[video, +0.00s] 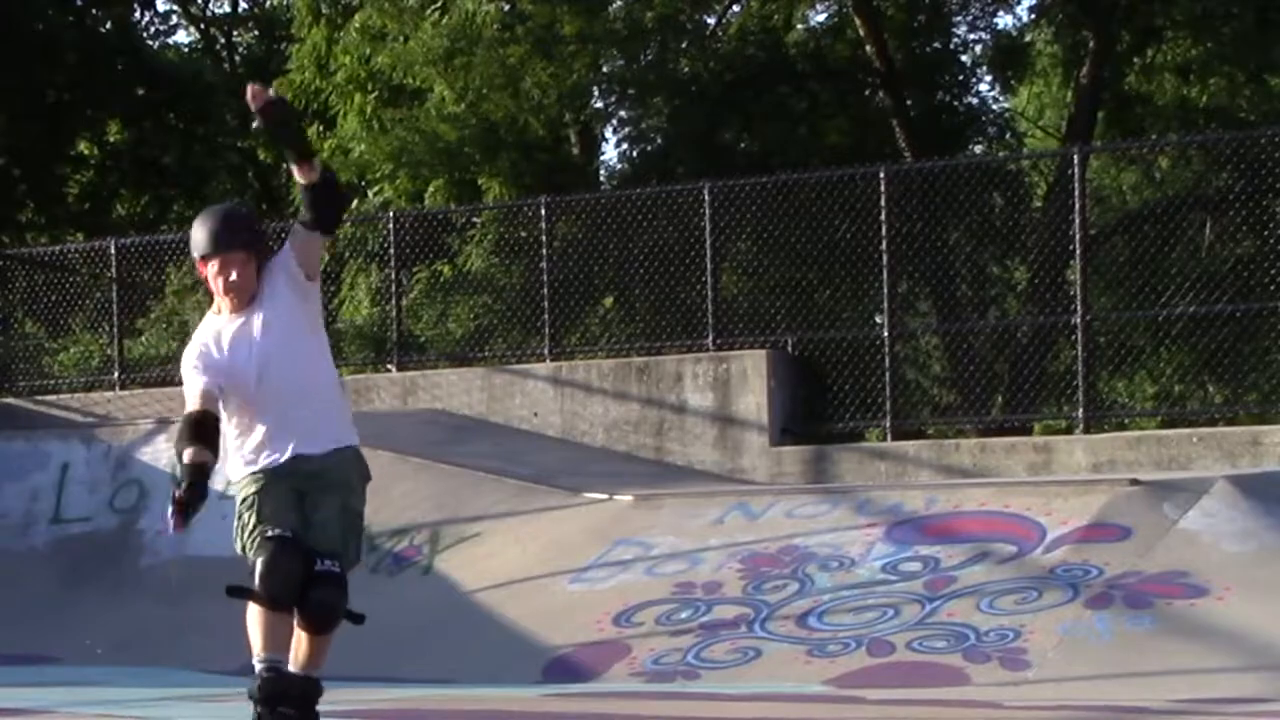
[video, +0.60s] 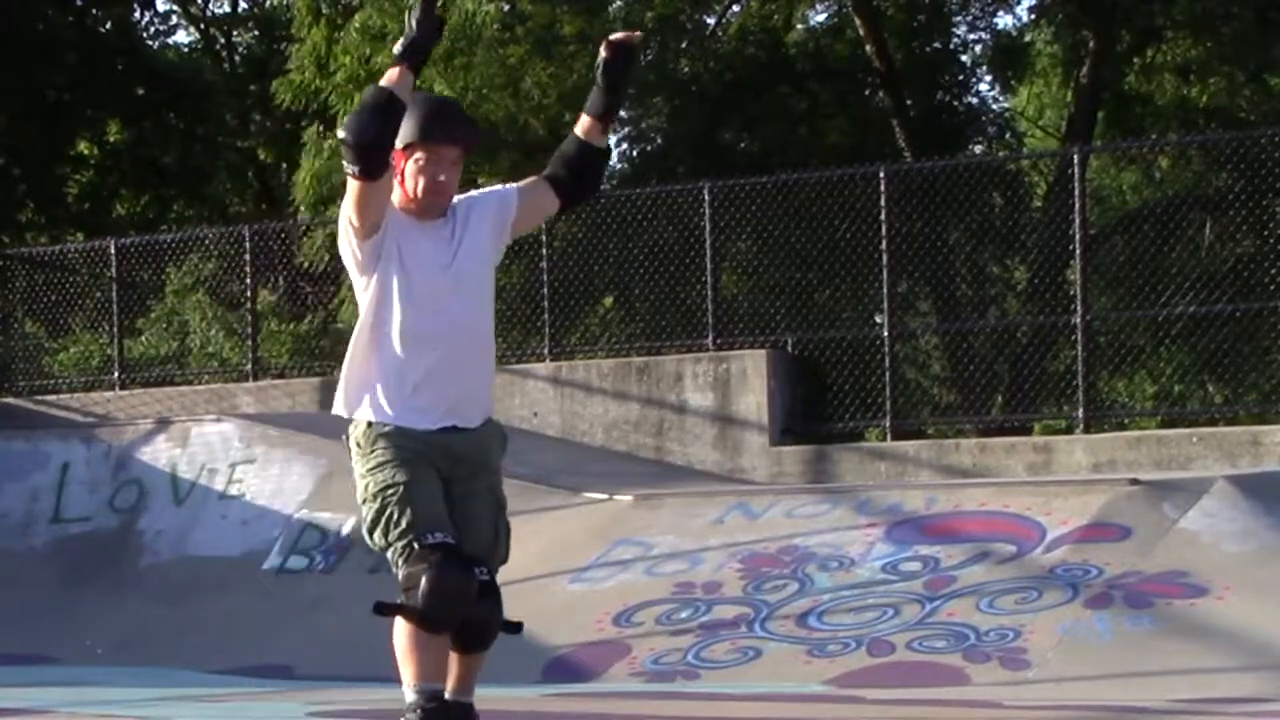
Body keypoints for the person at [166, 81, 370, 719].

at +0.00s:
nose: (226, 273)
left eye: (235, 259)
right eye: (214, 264)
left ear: (259, 254)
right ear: (201, 270)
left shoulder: (292, 279)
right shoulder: (204, 347)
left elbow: (324, 204)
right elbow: (201, 425)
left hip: (332, 456)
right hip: (262, 468)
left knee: (326, 591)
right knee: (279, 568)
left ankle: (300, 697)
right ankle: (270, 689)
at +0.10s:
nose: (257, 261)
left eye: (266, 248)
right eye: (247, 252)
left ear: (285, 241)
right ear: (232, 255)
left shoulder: (315, 254)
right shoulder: (227, 307)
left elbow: (365, 180)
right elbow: (215, 335)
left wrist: (368, 97)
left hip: (357, 450)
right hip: (284, 461)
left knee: (351, 592)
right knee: (299, 569)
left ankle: (329, 706)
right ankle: (286, 700)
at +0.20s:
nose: (282, 236)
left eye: (293, 222)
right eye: (271, 225)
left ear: (315, 216)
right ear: (253, 224)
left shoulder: (346, 246)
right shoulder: (246, 281)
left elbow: (409, 184)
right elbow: (229, 235)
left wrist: (429, 98)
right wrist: (240, 147)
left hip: (372, 440)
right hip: (297, 452)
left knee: (375, 591)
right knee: (322, 572)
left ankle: (353, 707)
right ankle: (310, 703)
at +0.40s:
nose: (372, 202)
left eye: (382, 189)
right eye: (360, 187)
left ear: (393, 190)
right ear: (328, 184)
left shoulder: (413, 235)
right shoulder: (306, 248)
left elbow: (488, 206)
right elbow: (286, 170)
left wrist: (534, 130)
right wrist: (315, 92)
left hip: (407, 438)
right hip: (331, 441)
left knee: (415, 587)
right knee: (369, 579)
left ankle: (401, 706)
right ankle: (362, 706)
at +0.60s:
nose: (444, 180)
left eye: (454, 167)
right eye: (432, 165)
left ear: (463, 168)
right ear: (397, 161)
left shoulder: (485, 215)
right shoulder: (370, 227)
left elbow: (569, 178)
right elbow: (365, 143)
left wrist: (607, 85)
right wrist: (409, 56)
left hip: (471, 432)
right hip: (390, 430)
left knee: (477, 586)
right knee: (428, 577)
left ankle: (459, 704)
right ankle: (421, 707)